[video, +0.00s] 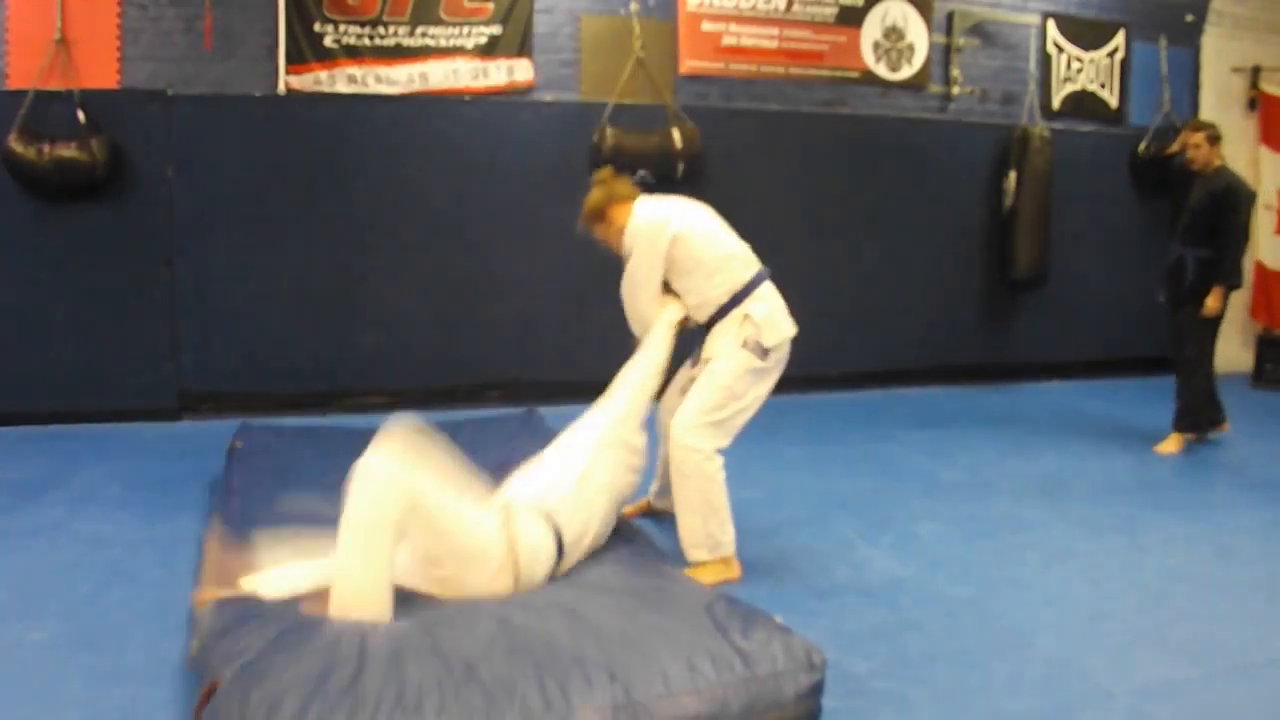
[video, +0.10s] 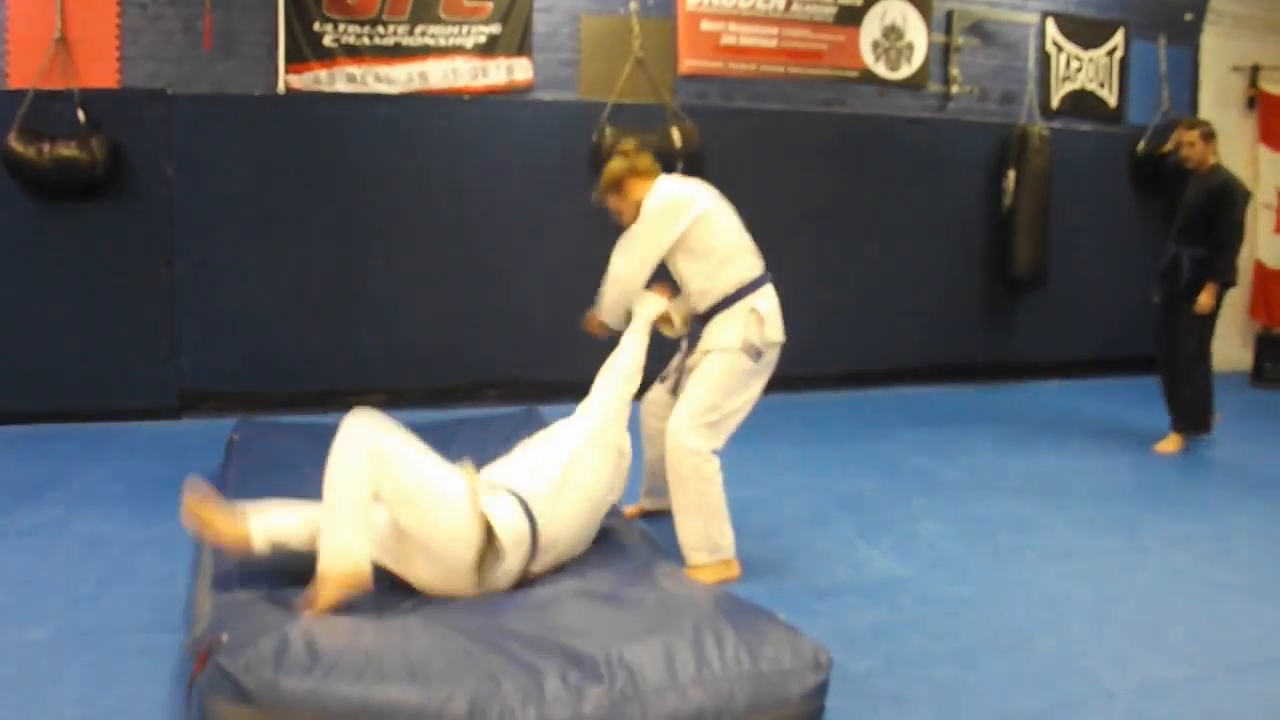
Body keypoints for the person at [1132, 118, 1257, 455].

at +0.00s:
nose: (1189, 155)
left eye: (1195, 148)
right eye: (1186, 149)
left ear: (1214, 147)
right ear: (1184, 150)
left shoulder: (1234, 189)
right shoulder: (1189, 178)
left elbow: (1233, 245)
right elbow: (1146, 175)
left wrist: (1220, 288)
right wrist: (1166, 153)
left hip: (1207, 281)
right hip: (1181, 276)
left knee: (1192, 355)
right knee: (1188, 352)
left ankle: (1184, 427)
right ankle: (1211, 416)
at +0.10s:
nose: (1183, 152)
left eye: (1190, 145)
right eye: (1180, 146)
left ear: (1209, 145)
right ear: (1178, 147)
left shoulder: (1228, 187)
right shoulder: (1182, 177)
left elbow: (1228, 244)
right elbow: (1143, 173)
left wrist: (1214, 285)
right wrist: (1161, 150)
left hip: (1202, 278)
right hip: (1174, 273)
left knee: (1188, 351)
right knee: (1174, 347)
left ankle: (1182, 428)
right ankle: (1197, 418)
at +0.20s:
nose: (1181, 152)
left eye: (1187, 145)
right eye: (1177, 146)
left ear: (1208, 146)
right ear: (1174, 148)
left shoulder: (1226, 187)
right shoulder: (1177, 177)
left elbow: (1225, 243)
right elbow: (1138, 172)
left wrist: (1208, 284)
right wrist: (1160, 152)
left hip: (1198, 278)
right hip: (1169, 273)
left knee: (1187, 351)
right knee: (1160, 346)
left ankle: (1179, 430)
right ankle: (1165, 421)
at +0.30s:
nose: (1176, 150)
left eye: (1183, 143)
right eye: (1172, 144)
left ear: (1202, 144)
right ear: (1168, 146)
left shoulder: (1220, 185)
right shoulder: (1170, 175)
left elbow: (1220, 242)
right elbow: (1132, 173)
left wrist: (1201, 280)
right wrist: (1154, 151)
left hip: (1196, 274)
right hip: (1165, 269)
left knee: (1189, 353)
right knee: (1151, 346)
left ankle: (1180, 432)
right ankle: (1142, 422)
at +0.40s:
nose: (1169, 149)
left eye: (1175, 142)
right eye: (1165, 143)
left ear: (1194, 144)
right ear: (1160, 147)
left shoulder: (1214, 185)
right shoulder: (1159, 175)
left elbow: (1214, 241)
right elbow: (1122, 175)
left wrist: (1194, 278)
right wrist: (1149, 154)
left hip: (1191, 276)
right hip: (1158, 272)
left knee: (1186, 354)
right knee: (1143, 348)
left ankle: (1179, 433)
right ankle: (1122, 426)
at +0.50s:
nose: (1159, 149)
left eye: (1166, 142)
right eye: (1156, 143)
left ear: (1186, 145)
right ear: (1153, 146)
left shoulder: (1206, 186)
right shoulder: (1151, 177)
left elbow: (1208, 241)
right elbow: (1112, 178)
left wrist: (1190, 279)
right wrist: (1140, 158)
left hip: (1186, 278)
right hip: (1150, 273)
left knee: (1185, 358)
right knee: (1135, 352)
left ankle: (1179, 435)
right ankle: (1107, 428)